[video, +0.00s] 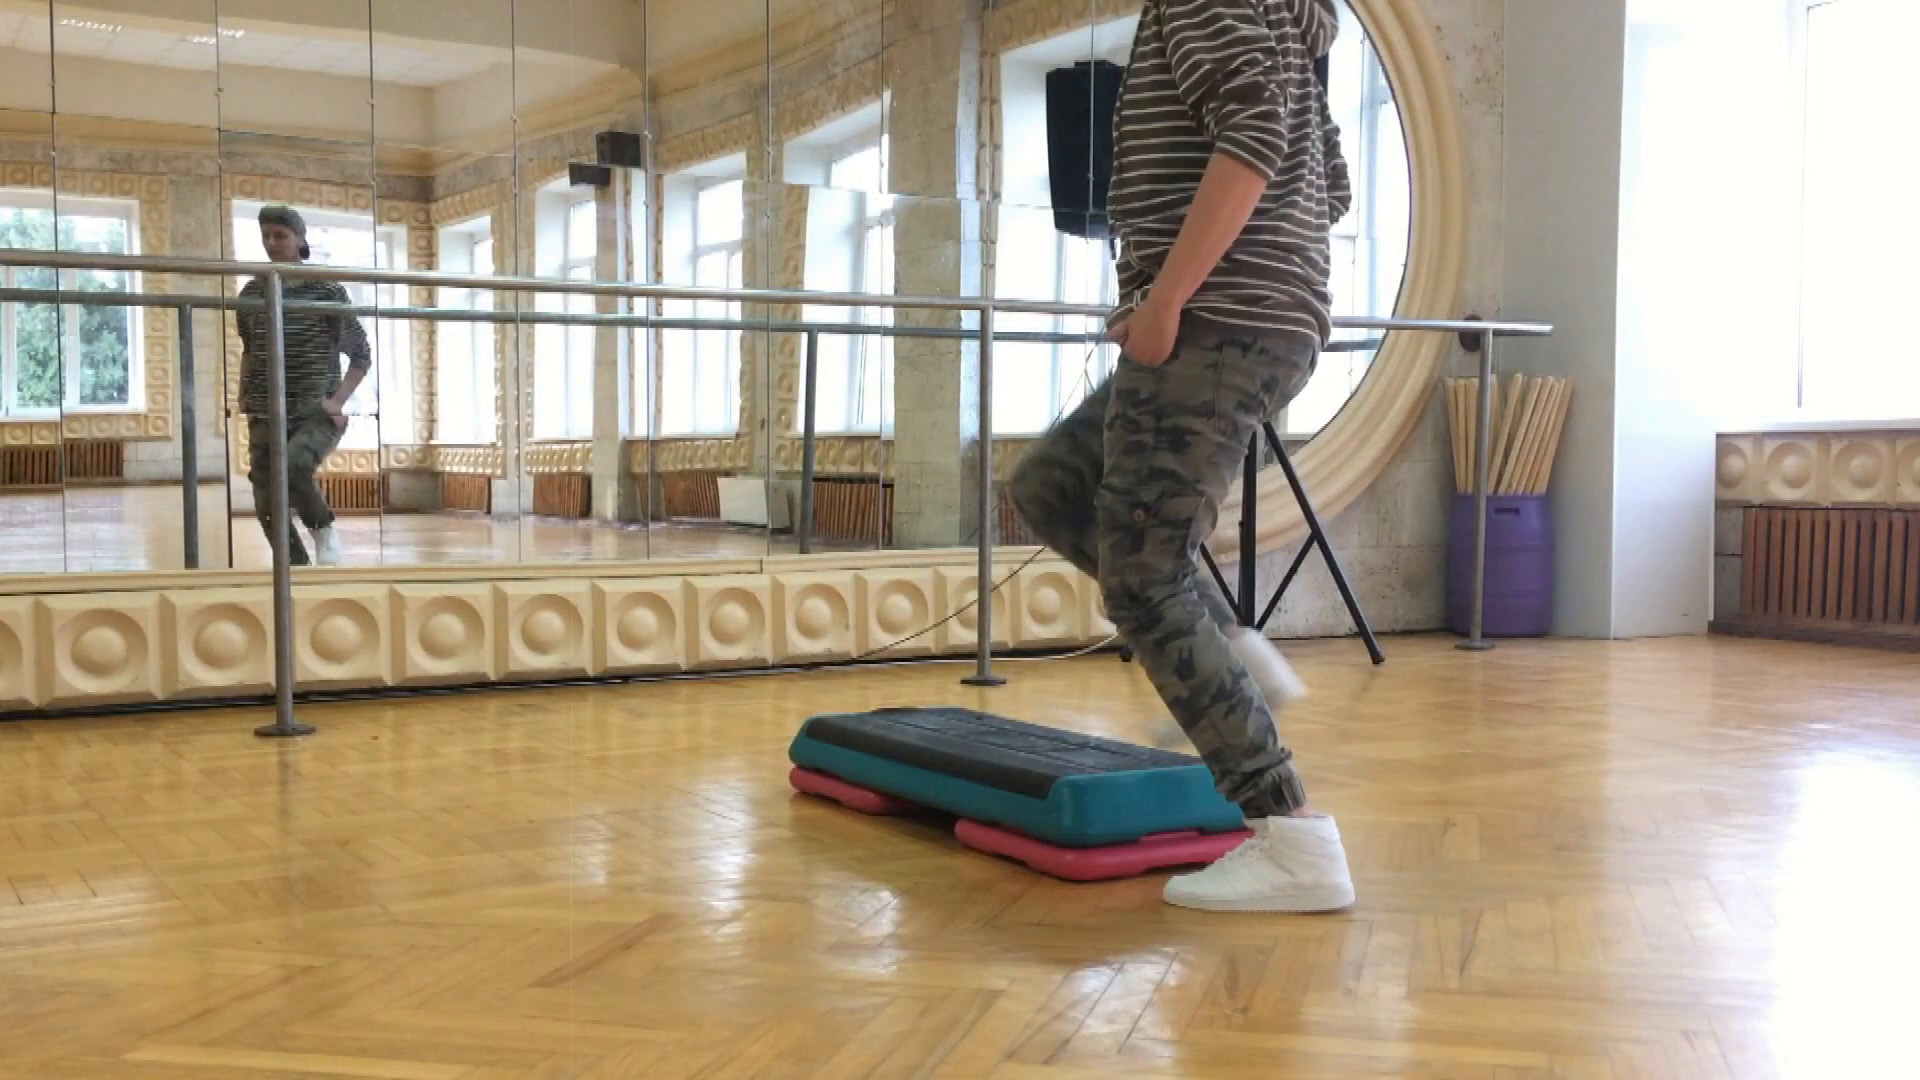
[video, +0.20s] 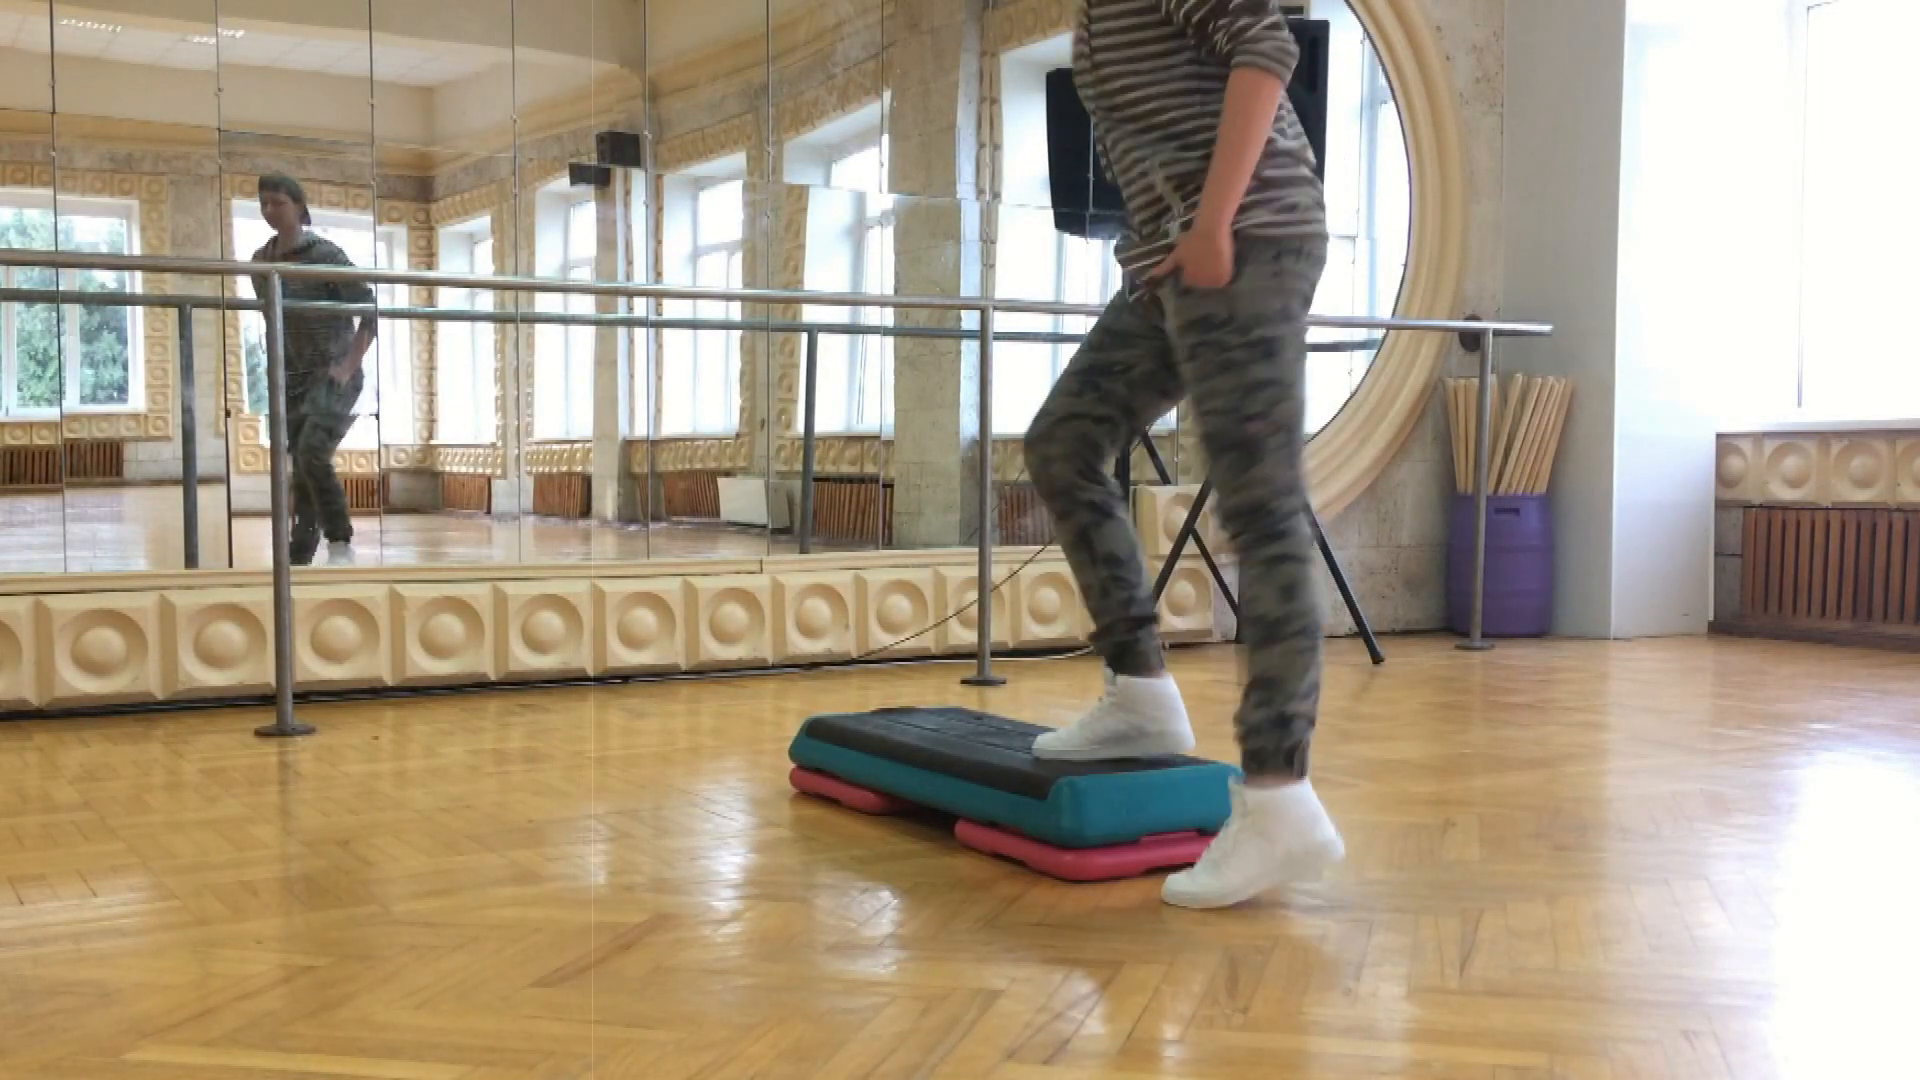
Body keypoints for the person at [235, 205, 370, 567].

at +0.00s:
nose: (272, 244)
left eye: (280, 236)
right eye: (267, 237)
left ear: (301, 240)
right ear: (262, 241)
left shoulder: (325, 291)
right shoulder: (251, 292)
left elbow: (361, 355)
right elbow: (249, 349)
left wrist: (338, 400)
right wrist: (244, 393)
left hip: (315, 410)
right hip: (264, 414)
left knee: (292, 466)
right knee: (268, 508)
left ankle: (323, 529)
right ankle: (300, 574)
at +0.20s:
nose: (271, 210)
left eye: (278, 203)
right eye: (265, 204)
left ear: (299, 206)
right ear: (262, 211)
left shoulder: (327, 255)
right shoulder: (263, 261)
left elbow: (370, 311)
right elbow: (271, 313)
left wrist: (351, 361)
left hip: (334, 369)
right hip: (292, 373)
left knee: (313, 452)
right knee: (301, 458)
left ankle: (340, 541)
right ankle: (303, 547)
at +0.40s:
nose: (281, 210)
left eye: (290, 203)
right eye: (276, 204)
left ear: (311, 206)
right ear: (273, 211)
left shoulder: (333, 254)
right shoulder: (281, 264)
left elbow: (374, 305)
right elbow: (284, 322)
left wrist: (368, 362)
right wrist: (306, 368)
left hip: (353, 371)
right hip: (318, 378)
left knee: (333, 461)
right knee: (358, 467)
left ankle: (342, 554)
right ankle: (365, 556)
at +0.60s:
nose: (302, 220)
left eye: (310, 212)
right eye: (298, 213)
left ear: (333, 216)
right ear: (297, 217)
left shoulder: (353, 262)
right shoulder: (305, 267)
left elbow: (394, 320)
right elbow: (316, 327)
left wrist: (379, 369)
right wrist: (330, 372)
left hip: (373, 383)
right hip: (344, 384)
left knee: (342, 464)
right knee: (392, 472)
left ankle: (344, 557)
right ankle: (427, 554)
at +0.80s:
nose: (338, 235)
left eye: (345, 227)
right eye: (334, 228)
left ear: (368, 232)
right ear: (332, 234)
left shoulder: (386, 282)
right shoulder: (337, 289)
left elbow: (433, 334)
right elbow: (348, 339)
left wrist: (410, 385)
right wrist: (367, 376)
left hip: (413, 398)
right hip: (381, 400)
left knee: (362, 461)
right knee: (434, 490)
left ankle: (347, 552)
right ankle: (485, 560)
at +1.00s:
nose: (367, 249)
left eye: (372, 241)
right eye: (362, 242)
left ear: (387, 244)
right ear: (358, 247)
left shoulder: (416, 291)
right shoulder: (366, 300)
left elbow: (469, 340)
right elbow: (386, 356)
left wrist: (445, 393)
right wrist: (387, 398)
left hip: (437, 406)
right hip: (398, 411)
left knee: (389, 451)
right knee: (454, 498)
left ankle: (399, 550)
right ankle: (499, 565)